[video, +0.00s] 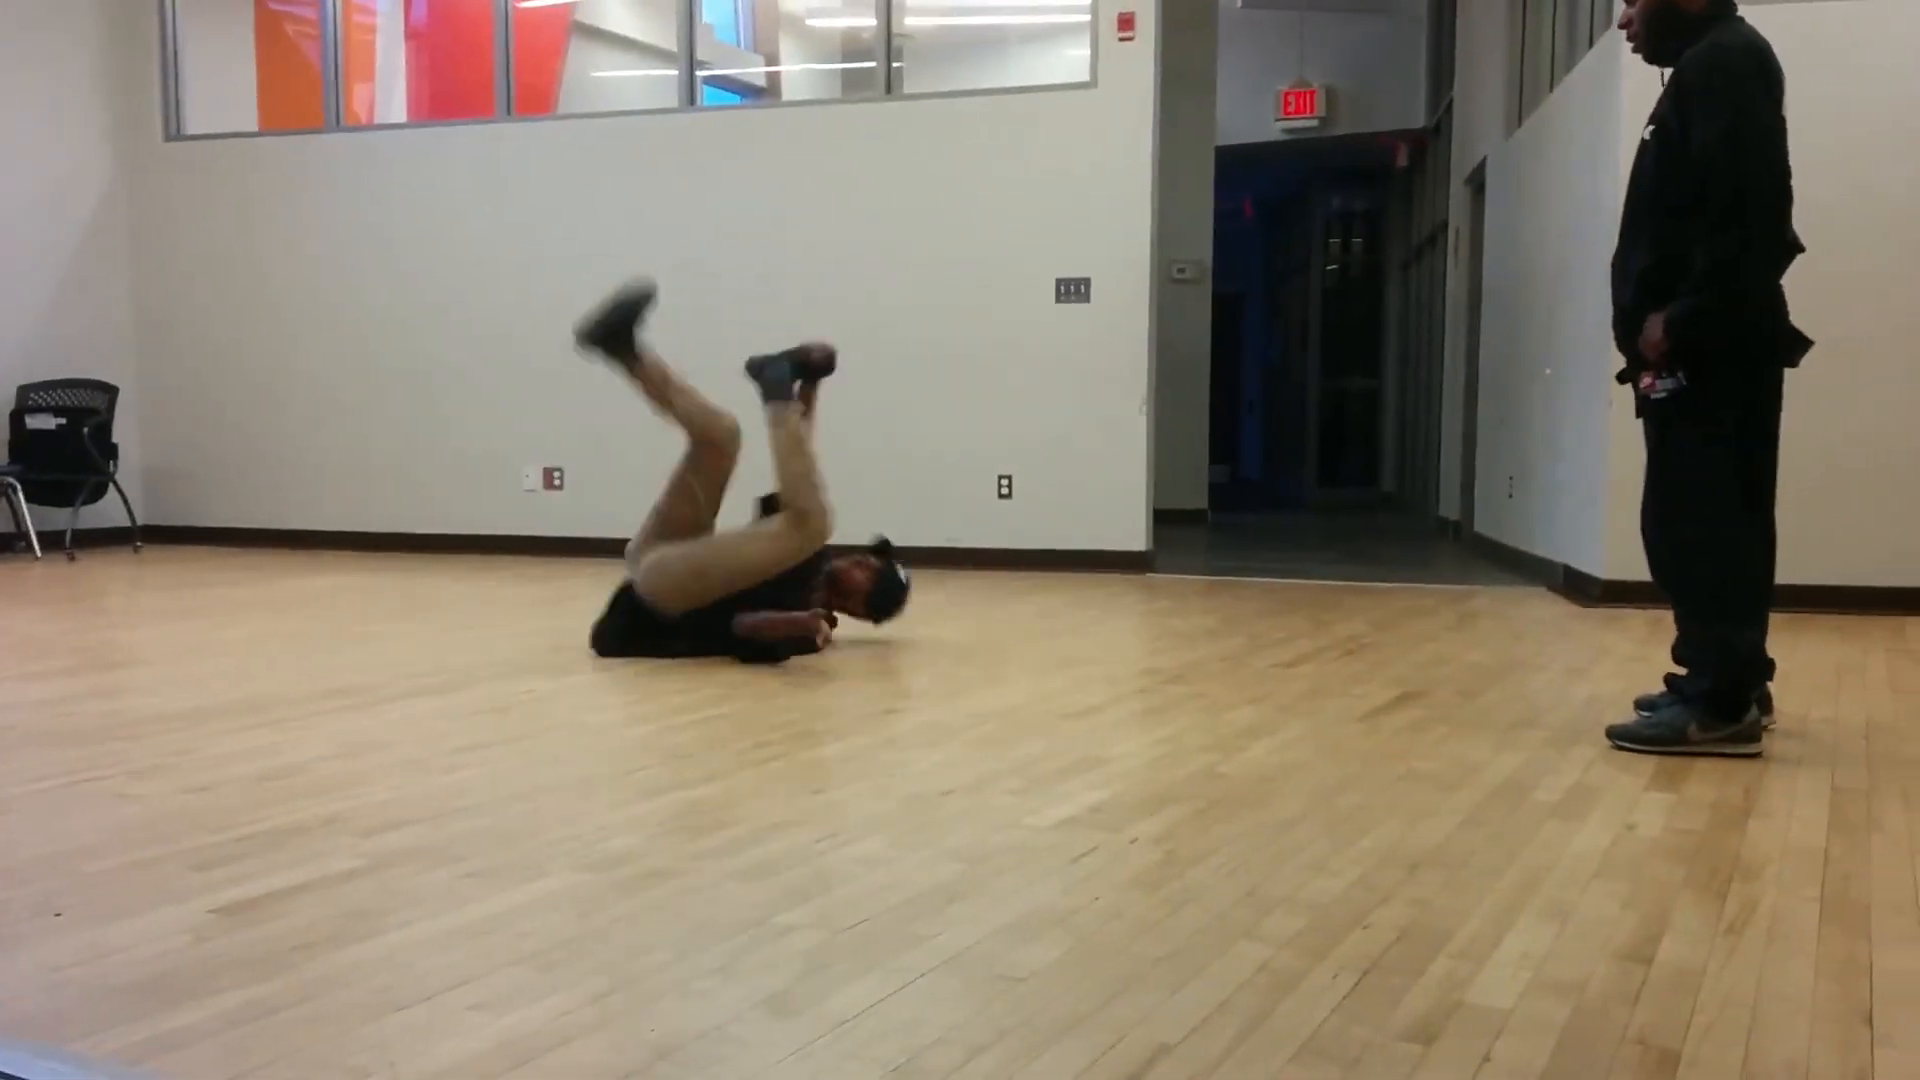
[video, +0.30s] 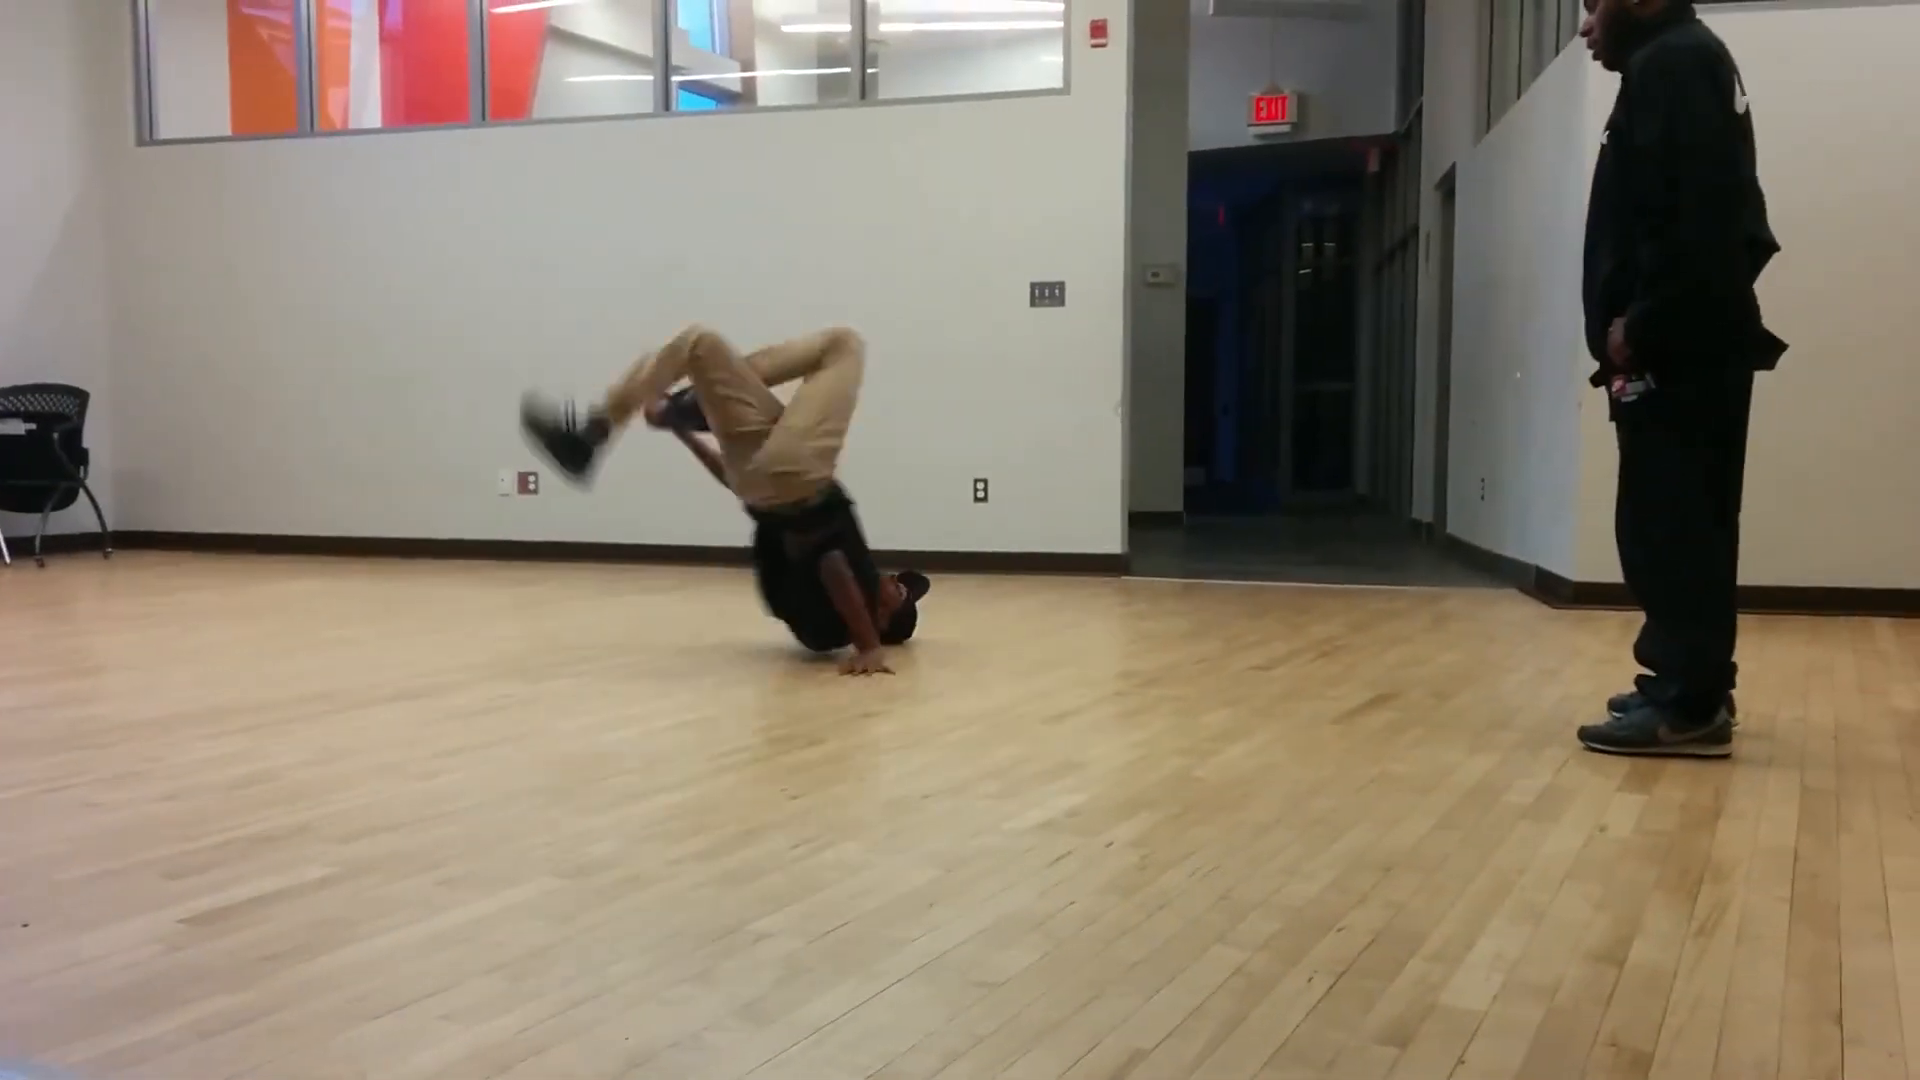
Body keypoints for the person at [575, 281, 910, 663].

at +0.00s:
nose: (858, 572)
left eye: (866, 584)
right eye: (867, 566)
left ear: (858, 609)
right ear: (860, 555)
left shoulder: (806, 623)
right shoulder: (798, 558)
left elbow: (742, 628)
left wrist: (807, 625)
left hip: (657, 603)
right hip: (655, 562)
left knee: (810, 527)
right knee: (720, 436)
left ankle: (775, 388)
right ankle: (620, 345)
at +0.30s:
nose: (895, 582)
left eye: (902, 593)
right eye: (901, 581)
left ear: (890, 615)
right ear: (889, 580)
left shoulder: (833, 630)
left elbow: (834, 563)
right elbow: (740, 484)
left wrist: (869, 647)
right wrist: (681, 429)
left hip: (797, 481)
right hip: (765, 486)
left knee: (844, 345)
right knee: (701, 344)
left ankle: (706, 403)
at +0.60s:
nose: (924, 589)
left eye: (932, 600)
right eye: (928, 588)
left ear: (925, 619)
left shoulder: (912, 626)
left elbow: (868, 569)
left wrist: (882, 658)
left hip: (820, 545)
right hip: (765, 530)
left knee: (780, 402)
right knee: (663, 513)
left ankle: (694, 499)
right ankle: (692, 654)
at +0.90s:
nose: (917, 603)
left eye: (922, 620)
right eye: (922, 603)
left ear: (899, 641)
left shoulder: (870, 643)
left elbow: (862, 584)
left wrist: (876, 671)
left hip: (823, 563)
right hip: (783, 525)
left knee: (852, 423)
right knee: (683, 540)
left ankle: (726, 485)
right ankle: (673, 669)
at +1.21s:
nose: (924, 637)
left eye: (927, 641)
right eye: (927, 636)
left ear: (917, 640)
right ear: (918, 626)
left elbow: (887, 597)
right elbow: (817, 467)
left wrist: (878, 681)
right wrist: (838, 382)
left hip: (862, 544)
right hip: (810, 531)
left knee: (957, 449)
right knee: (751, 413)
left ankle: (889, 356)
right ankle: (696, 542)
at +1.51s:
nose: (872, 665)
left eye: (864, 664)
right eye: (865, 669)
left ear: (850, 642)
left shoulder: (813, 617)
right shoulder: (788, 613)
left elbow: (881, 610)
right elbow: (876, 608)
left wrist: (881, 692)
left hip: (813, 452)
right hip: (813, 482)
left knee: (973, 465)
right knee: (935, 527)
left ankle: (961, 360)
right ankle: (892, 423)